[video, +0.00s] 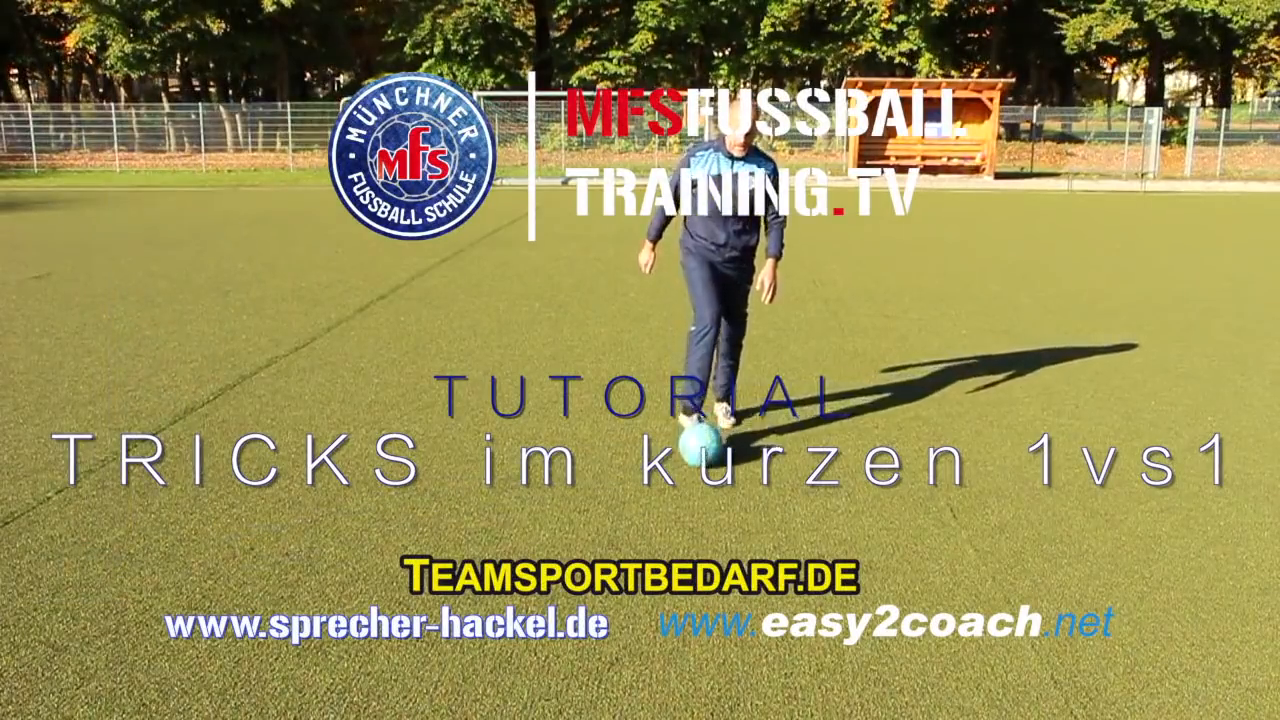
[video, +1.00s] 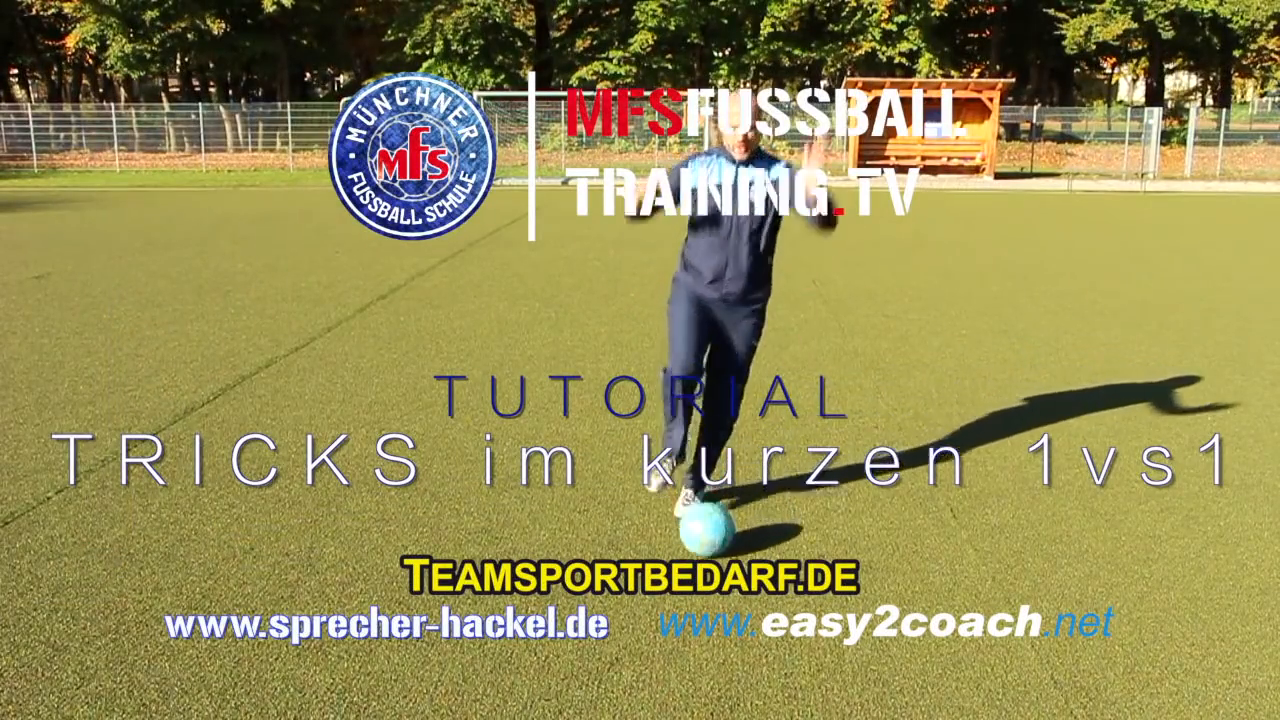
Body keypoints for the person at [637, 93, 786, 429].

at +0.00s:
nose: (743, 140)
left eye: (749, 134)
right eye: (738, 133)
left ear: (757, 131)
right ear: (725, 127)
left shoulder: (765, 167)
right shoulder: (697, 158)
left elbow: (775, 217)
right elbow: (669, 199)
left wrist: (772, 262)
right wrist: (650, 241)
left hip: (738, 260)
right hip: (699, 253)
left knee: (732, 334)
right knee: (708, 321)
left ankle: (723, 400)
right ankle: (690, 406)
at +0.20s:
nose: (733, 148)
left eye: (740, 141)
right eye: (726, 141)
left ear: (748, 138)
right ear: (713, 135)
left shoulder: (760, 173)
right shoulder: (688, 169)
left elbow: (776, 224)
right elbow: (664, 212)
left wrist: (776, 276)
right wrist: (646, 254)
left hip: (738, 278)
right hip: (697, 275)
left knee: (736, 342)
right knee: (703, 351)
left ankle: (726, 393)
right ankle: (703, 430)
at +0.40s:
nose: (726, 156)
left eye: (733, 148)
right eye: (720, 148)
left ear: (741, 144)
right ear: (705, 142)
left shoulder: (756, 177)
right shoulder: (681, 177)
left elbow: (775, 231)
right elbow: (654, 230)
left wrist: (779, 281)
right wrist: (644, 283)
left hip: (738, 289)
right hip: (692, 288)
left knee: (740, 373)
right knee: (698, 370)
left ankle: (731, 401)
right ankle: (704, 442)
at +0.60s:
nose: (733, 142)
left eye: (740, 134)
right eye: (726, 134)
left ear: (749, 131)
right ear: (708, 127)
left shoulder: (763, 170)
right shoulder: (677, 168)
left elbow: (774, 221)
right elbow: (652, 213)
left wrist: (770, 266)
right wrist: (662, 255)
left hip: (736, 284)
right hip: (689, 283)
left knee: (718, 369)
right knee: (691, 372)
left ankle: (716, 458)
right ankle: (700, 428)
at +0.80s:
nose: (742, 150)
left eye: (749, 142)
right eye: (734, 142)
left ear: (758, 142)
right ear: (717, 141)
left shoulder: (765, 191)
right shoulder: (688, 183)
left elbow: (786, 248)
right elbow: (655, 231)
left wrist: (794, 295)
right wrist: (645, 269)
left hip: (736, 312)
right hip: (686, 309)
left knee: (719, 407)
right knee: (676, 402)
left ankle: (694, 486)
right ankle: (681, 446)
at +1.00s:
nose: (742, 138)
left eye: (749, 129)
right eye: (733, 130)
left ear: (760, 128)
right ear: (719, 127)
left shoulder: (780, 173)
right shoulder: (699, 168)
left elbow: (825, 222)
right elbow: (643, 210)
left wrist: (817, 182)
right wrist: (644, 193)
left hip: (746, 302)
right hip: (694, 291)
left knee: (724, 400)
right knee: (682, 370)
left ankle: (697, 482)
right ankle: (673, 449)